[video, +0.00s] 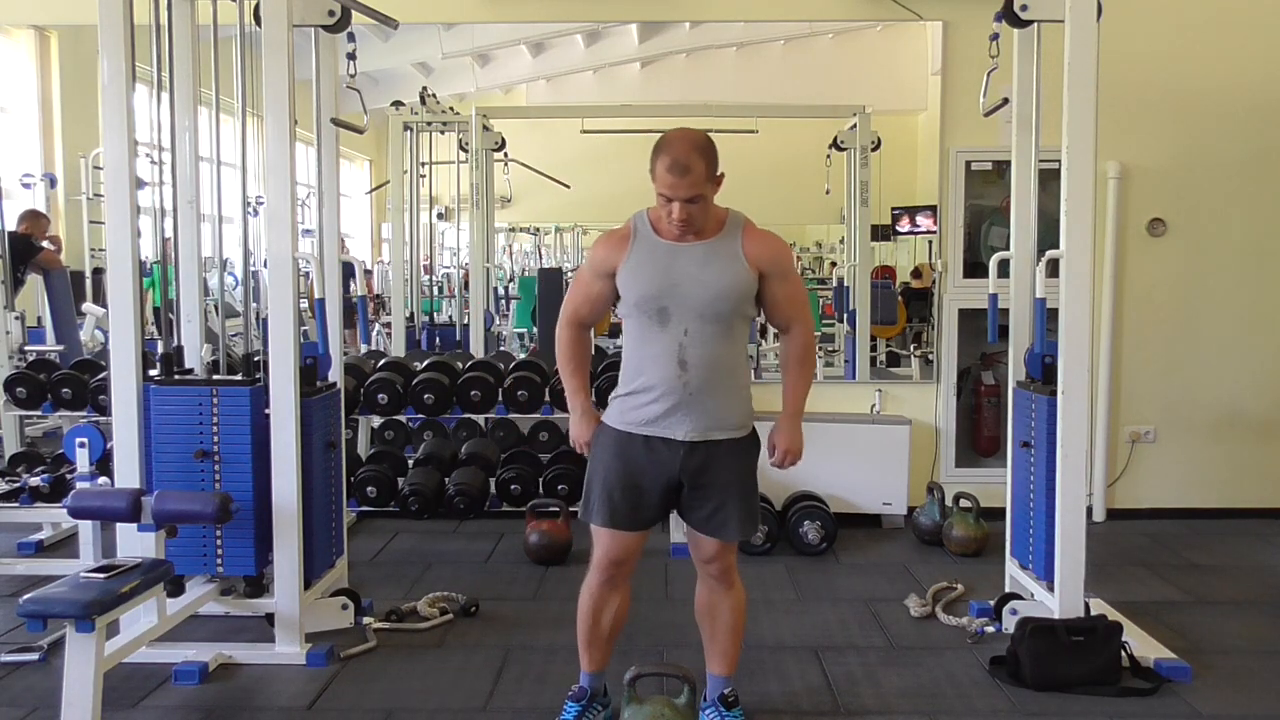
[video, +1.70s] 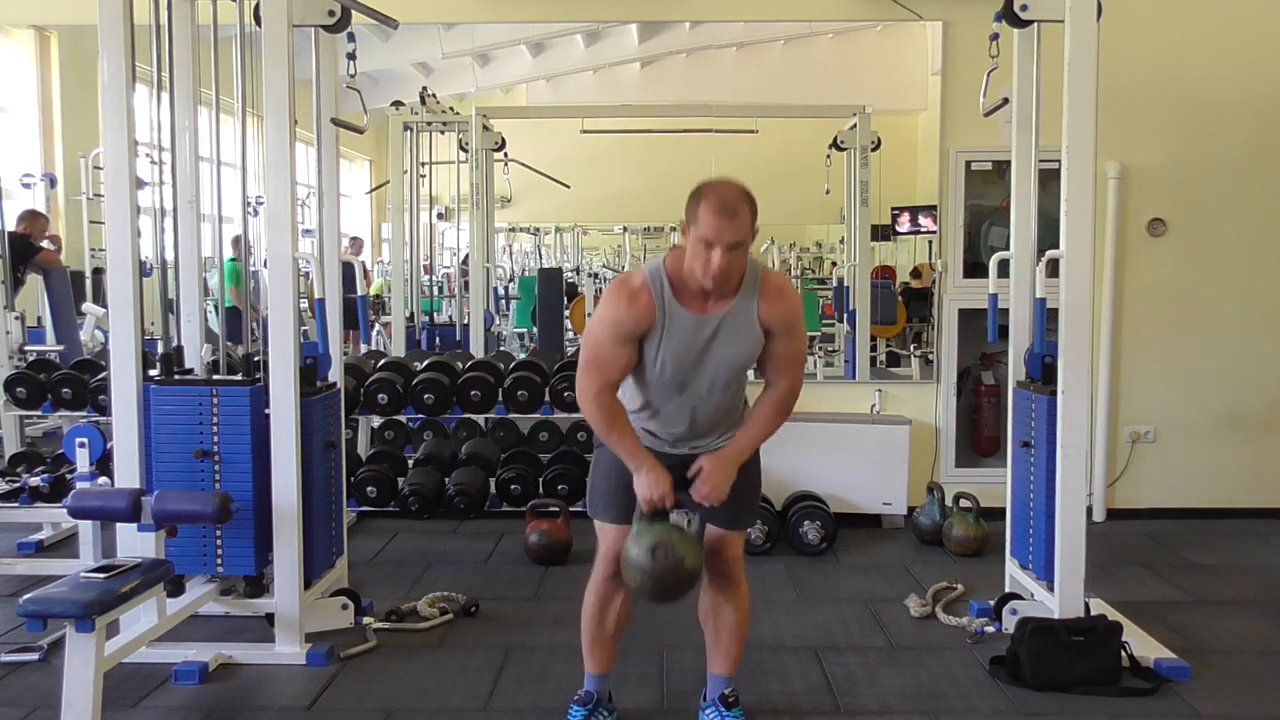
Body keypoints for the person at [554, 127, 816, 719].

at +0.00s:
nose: (677, 212)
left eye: (691, 199)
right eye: (665, 199)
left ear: (718, 183)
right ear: (651, 183)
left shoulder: (759, 249)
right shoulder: (620, 246)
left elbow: (797, 331)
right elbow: (572, 323)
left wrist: (791, 419)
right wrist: (580, 410)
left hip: (722, 443)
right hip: (632, 438)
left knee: (718, 565)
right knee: (608, 567)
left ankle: (719, 698)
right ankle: (589, 690)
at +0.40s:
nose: (680, 262)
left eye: (695, 248)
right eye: (668, 247)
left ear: (719, 227)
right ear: (648, 224)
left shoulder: (749, 273)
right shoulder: (604, 271)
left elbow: (761, 365)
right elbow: (564, 364)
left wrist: (731, 448)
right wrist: (580, 456)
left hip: (711, 438)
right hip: (624, 436)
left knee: (715, 560)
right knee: (610, 561)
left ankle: (718, 699)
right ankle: (593, 696)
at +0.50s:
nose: (676, 312)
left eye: (688, 300)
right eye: (665, 299)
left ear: (711, 272)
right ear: (641, 272)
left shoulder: (745, 296)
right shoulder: (597, 307)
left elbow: (752, 386)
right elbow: (565, 412)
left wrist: (718, 457)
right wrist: (596, 505)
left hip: (705, 441)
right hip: (618, 437)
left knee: (715, 560)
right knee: (605, 558)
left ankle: (718, 699)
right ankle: (592, 696)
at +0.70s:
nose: (677, 406)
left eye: (688, 395)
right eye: (664, 397)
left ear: (710, 360)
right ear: (637, 363)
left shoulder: (744, 345)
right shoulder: (599, 385)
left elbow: (750, 401)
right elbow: (593, 504)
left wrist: (713, 463)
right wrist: (617, 600)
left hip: (702, 456)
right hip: (621, 455)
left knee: (715, 563)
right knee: (594, 568)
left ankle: (719, 697)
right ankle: (593, 695)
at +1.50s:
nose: (713, 364)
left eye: (727, 352)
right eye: (702, 351)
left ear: (746, 326)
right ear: (679, 324)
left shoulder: (773, 336)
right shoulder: (632, 367)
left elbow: (776, 403)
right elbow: (607, 472)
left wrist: (737, 465)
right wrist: (648, 555)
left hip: (717, 454)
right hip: (635, 454)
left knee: (727, 566)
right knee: (608, 564)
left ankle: (719, 699)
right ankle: (593, 696)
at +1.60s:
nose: (715, 316)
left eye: (729, 301)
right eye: (704, 299)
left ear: (749, 284)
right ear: (680, 278)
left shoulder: (774, 317)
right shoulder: (632, 331)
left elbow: (780, 398)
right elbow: (598, 430)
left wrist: (740, 468)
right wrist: (645, 508)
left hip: (719, 448)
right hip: (634, 445)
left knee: (728, 563)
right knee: (611, 560)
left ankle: (720, 700)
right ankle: (594, 694)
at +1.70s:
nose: (718, 262)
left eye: (733, 247)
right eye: (706, 245)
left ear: (751, 239)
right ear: (684, 233)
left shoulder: (777, 298)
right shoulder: (632, 297)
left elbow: (784, 387)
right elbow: (592, 389)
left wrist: (732, 456)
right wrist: (642, 464)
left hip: (725, 443)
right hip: (635, 438)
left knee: (725, 561)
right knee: (613, 560)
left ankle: (719, 701)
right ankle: (594, 696)